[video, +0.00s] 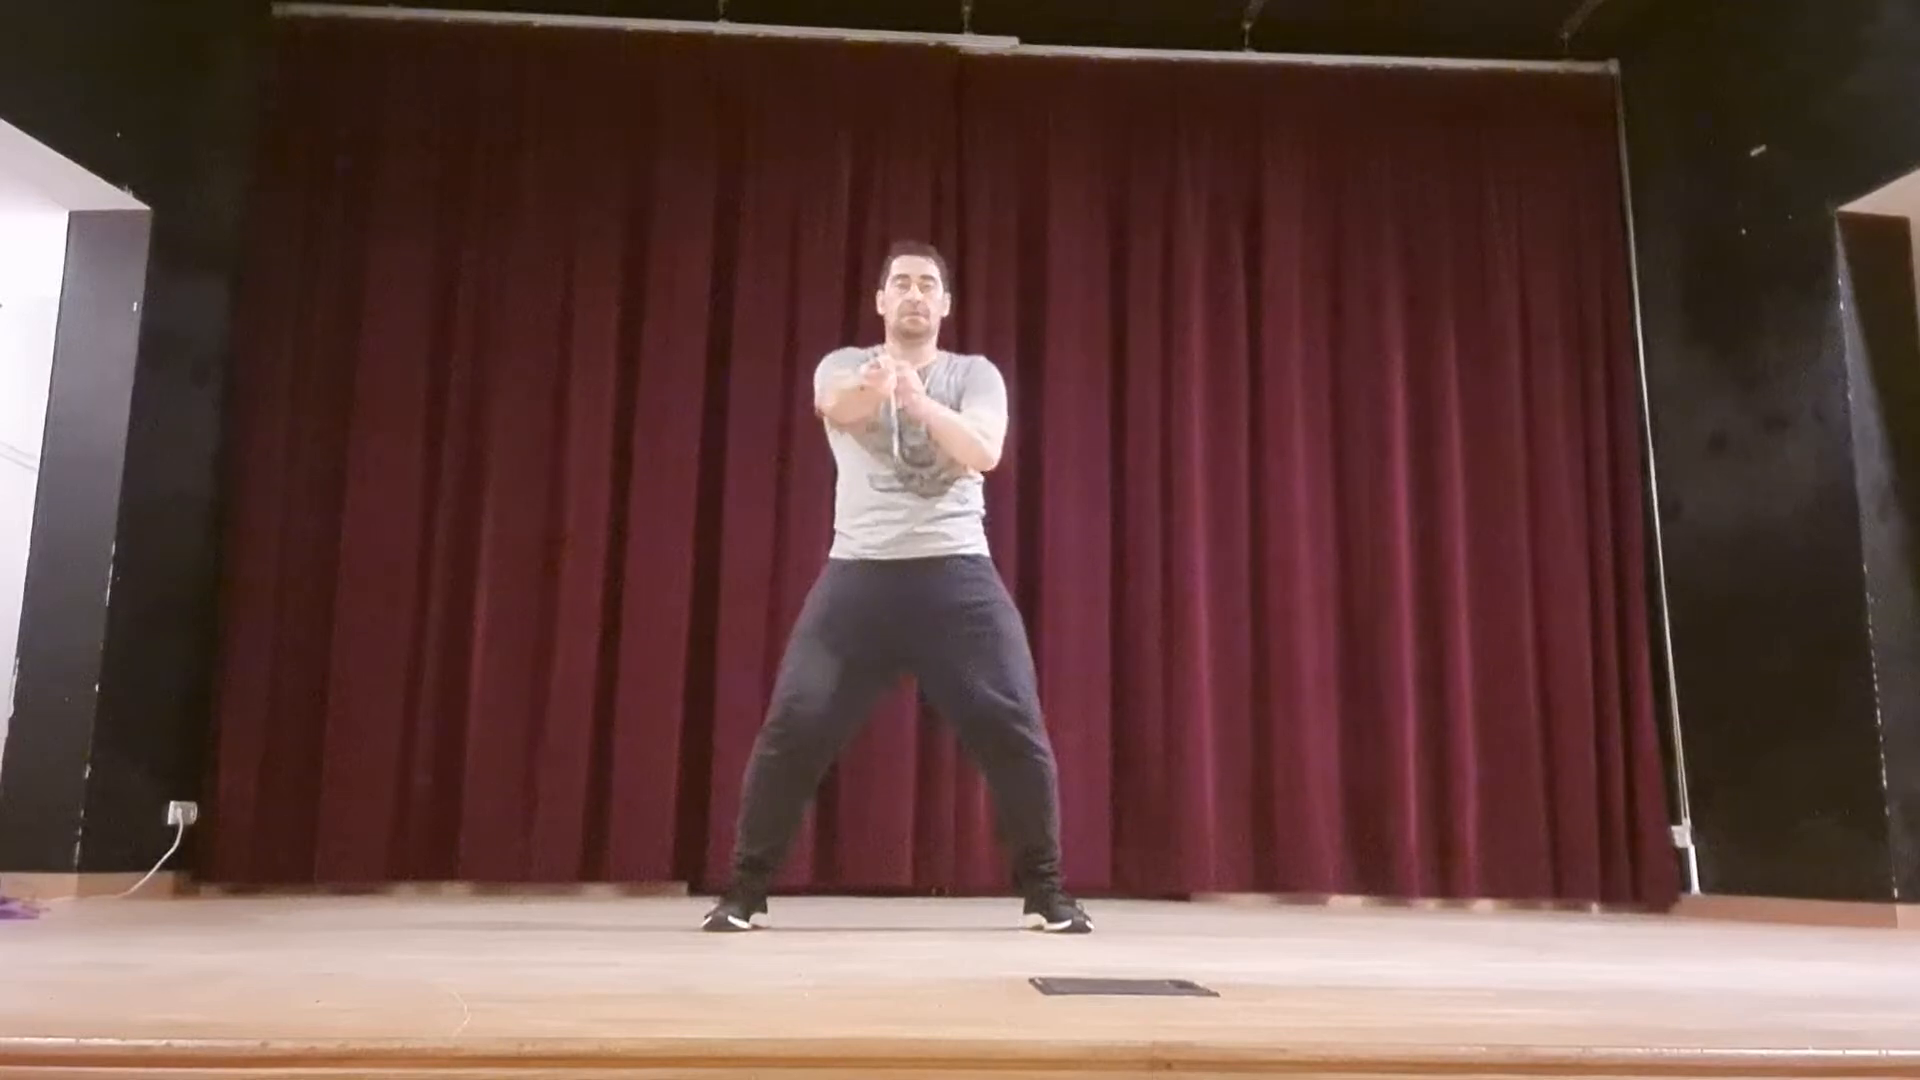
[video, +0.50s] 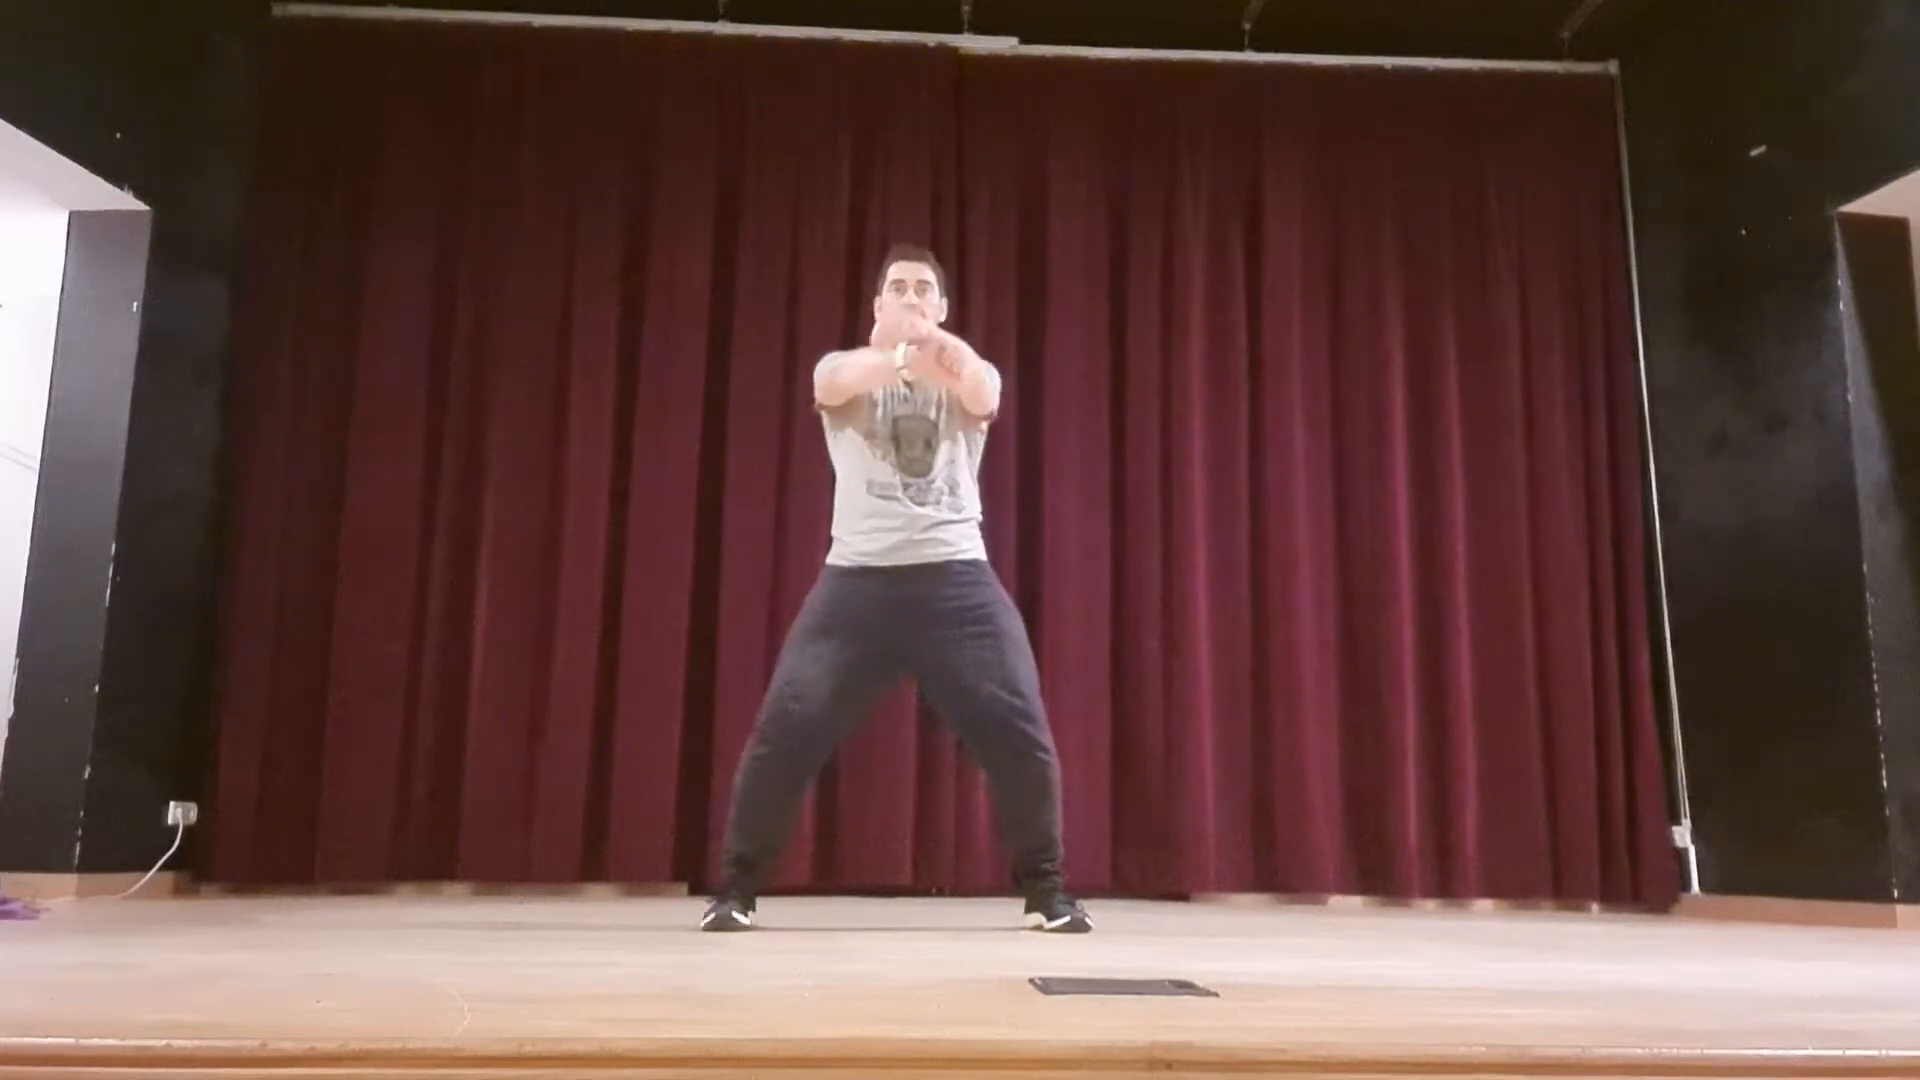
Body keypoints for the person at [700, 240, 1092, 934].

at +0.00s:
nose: (913, 294)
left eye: (926, 285)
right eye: (901, 283)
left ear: (946, 304)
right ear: (879, 301)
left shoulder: (975, 375)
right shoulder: (842, 365)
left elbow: (982, 457)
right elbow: (842, 412)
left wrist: (918, 403)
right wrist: (874, 386)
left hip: (958, 578)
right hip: (858, 577)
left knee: (1013, 724)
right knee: (795, 722)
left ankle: (1044, 891)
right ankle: (745, 892)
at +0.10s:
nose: (914, 294)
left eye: (927, 285)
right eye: (902, 283)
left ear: (946, 304)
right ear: (879, 300)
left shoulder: (974, 374)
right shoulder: (842, 365)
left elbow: (994, 446)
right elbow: (837, 409)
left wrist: (925, 406)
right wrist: (872, 394)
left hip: (958, 578)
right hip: (858, 577)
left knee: (1013, 723)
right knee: (795, 721)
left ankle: (1044, 891)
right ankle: (744, 891)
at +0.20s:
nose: (913, 293)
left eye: (926, 285)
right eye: (901, 283)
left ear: (946, 304)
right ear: (879, 302)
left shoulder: (974, 374)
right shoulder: (844, 365)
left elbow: (998, 432)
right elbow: (833, 403)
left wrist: (934, 387)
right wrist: (869, 398)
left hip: (958, 578)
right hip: (858, 578)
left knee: (1013, 723)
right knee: (793, 720)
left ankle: (1044, 889)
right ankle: (742, 890)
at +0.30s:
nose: (913, 292)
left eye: (925, 284)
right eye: (901, 283)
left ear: (946, 304)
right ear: (879, 303)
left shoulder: (975, 371)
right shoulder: (847, 364)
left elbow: (991, 411)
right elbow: (829, 396)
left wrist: (938, 346)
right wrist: (877, 375)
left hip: (958, 579)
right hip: (858, 578)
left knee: (1015, 724)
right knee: (791, 720)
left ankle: (1045, 889)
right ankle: (737, 890)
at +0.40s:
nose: (909, 295)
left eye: (923, 287)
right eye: (898, 285)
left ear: (945, 305)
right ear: (877, 303)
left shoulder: (968, 371)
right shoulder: (846, 364)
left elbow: (986, 400)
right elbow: (830, 385)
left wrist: (936, 331)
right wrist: (897, 364)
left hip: (959, 580)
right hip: (858, 580)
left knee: (1018, 726)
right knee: (791, 722)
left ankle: (1045, 889)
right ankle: (734, 891)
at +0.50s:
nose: (910, 296)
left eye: (923, 289)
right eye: (899, 287)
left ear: (942, 309)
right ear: (875, 305)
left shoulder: (967, 371)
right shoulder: (844, 367)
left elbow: (982, 396)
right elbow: (834, 385)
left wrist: (949, 352)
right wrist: (896, 359)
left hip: (957, 581)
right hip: (857, 582)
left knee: (1019, 728)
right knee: (788, 722)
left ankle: (1045, 889)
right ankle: (735, 890)